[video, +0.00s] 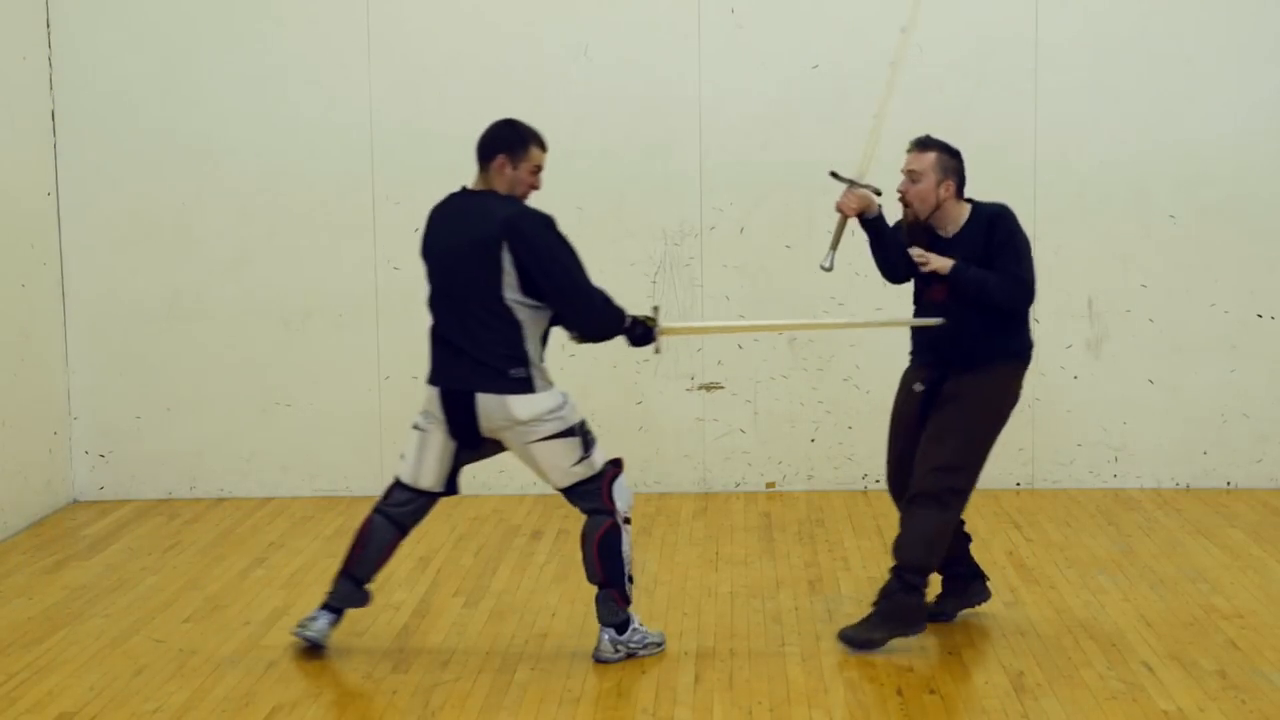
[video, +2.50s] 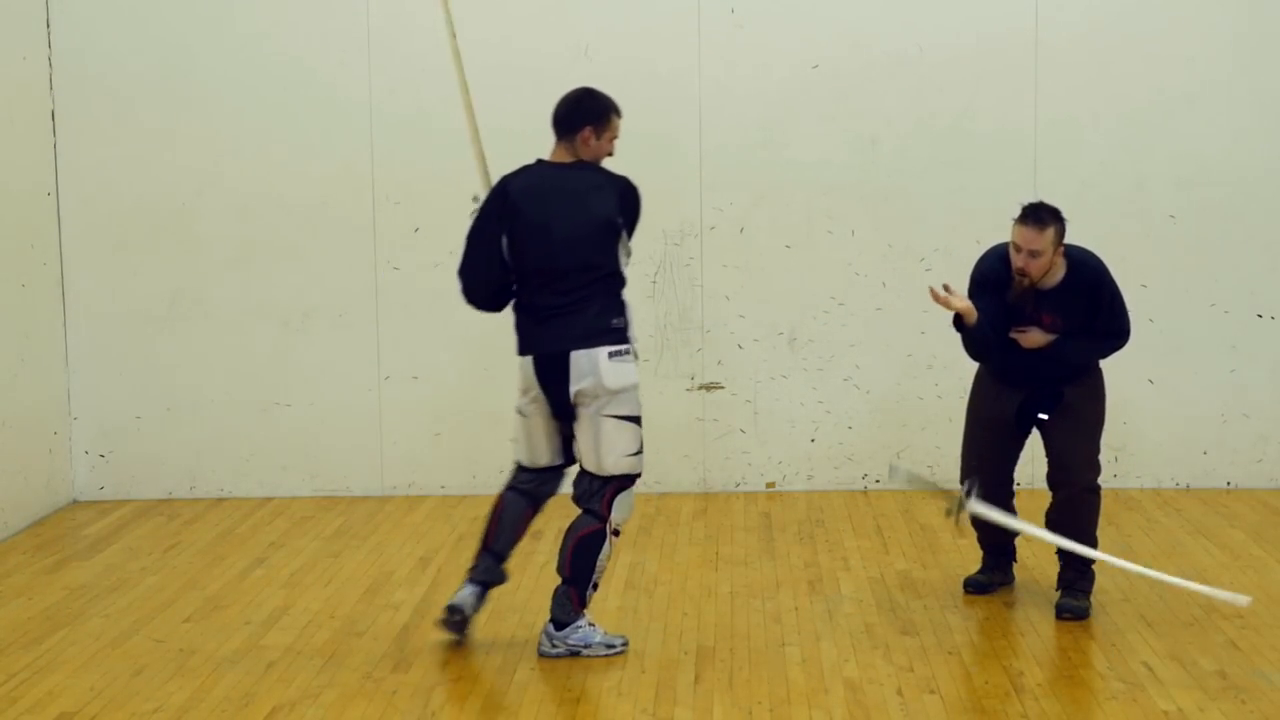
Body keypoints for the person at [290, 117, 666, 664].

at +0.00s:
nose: (537, 183)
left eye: (539, 171)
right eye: (532, 170)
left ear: (492, 166)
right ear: (501, 163)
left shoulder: (442, 215)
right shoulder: (524, 223)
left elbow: (476, 295)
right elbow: (578, 305)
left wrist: (554, 311)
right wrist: (627, 326)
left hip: (450, 393)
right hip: (520, 394)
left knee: (405, 498)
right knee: (602, 495)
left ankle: (328, 612)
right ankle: (617, 628)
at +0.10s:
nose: (568, 156)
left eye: (567, 145)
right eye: (562, 146)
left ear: (518, 149)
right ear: (532, 148)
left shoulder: (482, 203)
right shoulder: (564, 208)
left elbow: (541, 286)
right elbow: (623, 276)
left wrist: (622, 299)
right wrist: (683, 304)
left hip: (484, 377)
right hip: (556, 381)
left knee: (445, 490)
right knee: (616, 496)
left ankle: (381, 610)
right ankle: (618, 627)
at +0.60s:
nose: (630, 149)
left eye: (629, 139)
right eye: (625, 140)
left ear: (579, 141)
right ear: (599, 141)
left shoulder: (541, 190)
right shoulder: (625, 201)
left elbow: (619, 258)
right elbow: (692, 254)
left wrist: (697, 277)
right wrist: (760, 283)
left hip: (517, 362)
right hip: (589, 370)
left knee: (473, 485)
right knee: (627, 495)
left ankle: (421, 613)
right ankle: (616, 627)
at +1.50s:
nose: (620, 173)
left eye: (621, 162)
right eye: (620, 161)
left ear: (570, 147)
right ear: (604, 148)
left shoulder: (521, 182)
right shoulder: (612, 205)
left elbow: (542, 270)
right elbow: (657, 308)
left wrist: (622, 288)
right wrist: (694, 309)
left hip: (486, 356)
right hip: (560, 367)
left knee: (450, 489)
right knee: (608, 493)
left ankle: (413, 621)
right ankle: (616, 625)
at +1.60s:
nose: (601, 166)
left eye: (603, 156)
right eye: (602, 155)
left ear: (552, 139)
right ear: (588, 146)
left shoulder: (491, 178)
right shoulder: (592, 206)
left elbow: (446, 262)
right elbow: (605, 310)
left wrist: (482, 313)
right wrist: (563, 334)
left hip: (475, 354)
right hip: (552, 363)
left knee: (451, 489)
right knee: (601, 489)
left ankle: (419, 623)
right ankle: (617, 623)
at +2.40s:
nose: (583, 149)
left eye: (583, 139)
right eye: (580, 140)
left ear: (532, 138)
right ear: (557, 139)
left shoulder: (481, 195)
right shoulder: (588, 197)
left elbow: (446, 287)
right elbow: (588, 271)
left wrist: (488, 324)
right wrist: (537, 309)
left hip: (505, 357)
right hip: (575, 356)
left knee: (482, 479)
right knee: (600, 482)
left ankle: (428, 613)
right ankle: (564, 622)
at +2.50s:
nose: (613, 148)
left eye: (613, 137)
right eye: (611, 137)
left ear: (562, 132)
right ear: (588, 134)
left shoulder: (510, 190)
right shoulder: (616, 190)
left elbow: (481, 289)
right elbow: (610, 252)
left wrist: (526, 272)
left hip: (538, 353)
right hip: (603, 349)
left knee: (537, 470)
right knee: (608, 481)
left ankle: (474, 587)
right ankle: (566, 623)